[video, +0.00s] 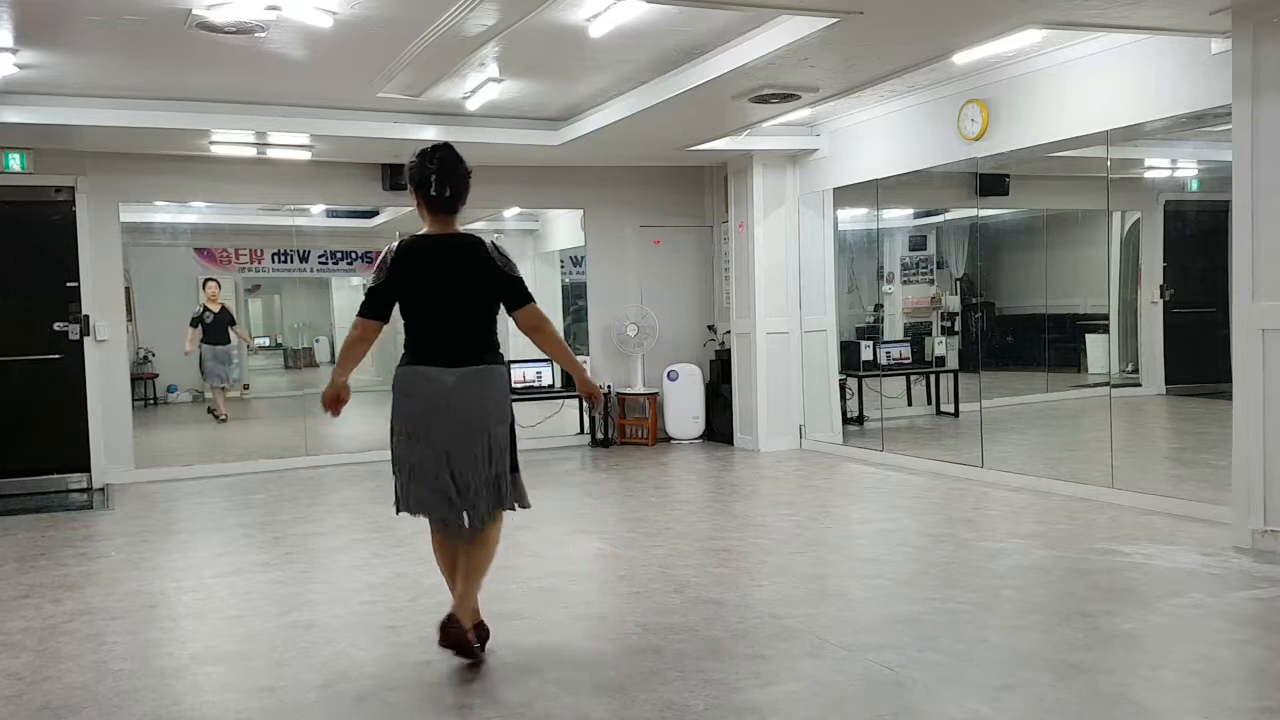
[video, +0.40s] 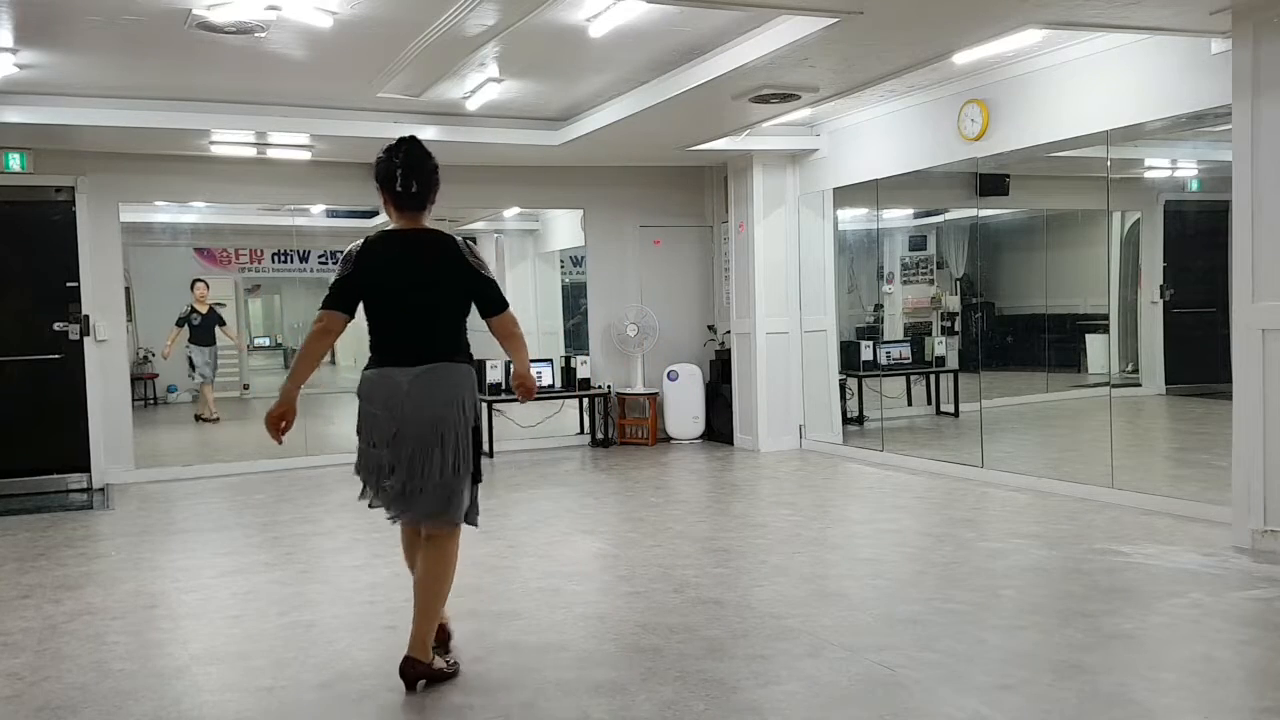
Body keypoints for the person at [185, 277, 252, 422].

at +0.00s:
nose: (213, 291)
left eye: (216, 288)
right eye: (210, 288)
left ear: (220, 290)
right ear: (204, 291)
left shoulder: (225, 309)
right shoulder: (201, 310)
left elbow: (236, 328)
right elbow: (192, 329)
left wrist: (248, 341)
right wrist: (188, 345)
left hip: (225, 348)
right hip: (209, 348)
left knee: (224, 380)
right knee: (215, 381)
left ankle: (214, 407)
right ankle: (222, 411)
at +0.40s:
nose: (202, 292)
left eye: (204, 289)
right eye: (198, 289)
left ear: (208, 291)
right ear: (193, 292)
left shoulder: (213, 310)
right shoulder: (189, 310)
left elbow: (224, 327)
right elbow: (177, 329)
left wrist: (236, 340)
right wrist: (168, 346)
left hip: (211, 348)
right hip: (196, 348)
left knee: (208, 380)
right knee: (205, 379)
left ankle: (201, 412)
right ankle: (213, 411)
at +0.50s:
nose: (198, 292)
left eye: (201, 289)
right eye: (195, 289)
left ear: (204, 292)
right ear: (189, 292)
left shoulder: (209, 310)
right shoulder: (185, 310)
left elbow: (221, 327)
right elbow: (173, 329)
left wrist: (233, 342)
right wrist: (164, 346)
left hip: (209, 349)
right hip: (193, 349)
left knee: (207, 381)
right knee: (200, 380)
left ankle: (202, 412)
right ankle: (199, 413)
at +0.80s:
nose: (187, 290)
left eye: (189, 287)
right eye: (183, 287)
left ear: (194, 290)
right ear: (178, 290)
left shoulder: (200, 309)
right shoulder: (173, 308)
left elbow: (213, 327)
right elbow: (162, 325)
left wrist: (226, 344)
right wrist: (153, 342)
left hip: (198, 349)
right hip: (179, 350)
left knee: (201, 383)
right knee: (182, 383)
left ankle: (200, 413)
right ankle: (183, 414)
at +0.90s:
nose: (183, 291)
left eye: (186, 288)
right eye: (180, 288)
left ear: (190, 291)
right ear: (174, 291)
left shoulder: (195, 310)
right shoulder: (168, 309)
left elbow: (208, 327)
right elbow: (158, 325)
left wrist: (220, 340)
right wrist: (150, 337)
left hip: (194, 350)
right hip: (174, 351)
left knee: (198, 383)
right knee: (179, 385)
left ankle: (200, 412)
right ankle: (182, 414)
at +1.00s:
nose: (179, 292)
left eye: (182, 289)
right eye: (176, 289)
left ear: (186, 291)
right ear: (171, 291)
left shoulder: (191, 309)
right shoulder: (165, 309)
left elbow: (203, 326)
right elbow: (156, 325)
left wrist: (213, 337)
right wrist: (149, 335)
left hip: (189, 349)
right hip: (170, 350)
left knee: (194, 381)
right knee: (176, 385)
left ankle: (198, 411)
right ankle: (182, 414)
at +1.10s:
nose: (176, 292)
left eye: (179, 289)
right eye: (172, 288)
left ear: (183, 291)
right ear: (167, 291)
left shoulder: (187, 309)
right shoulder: (162, 308)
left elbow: (201, 326)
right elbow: (154, 325)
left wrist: (212, 339)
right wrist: (148, 336)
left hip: (185, 349)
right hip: (167, 351)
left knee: (186, 381)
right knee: (177, 384)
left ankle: (190, 412)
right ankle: (181, 414)